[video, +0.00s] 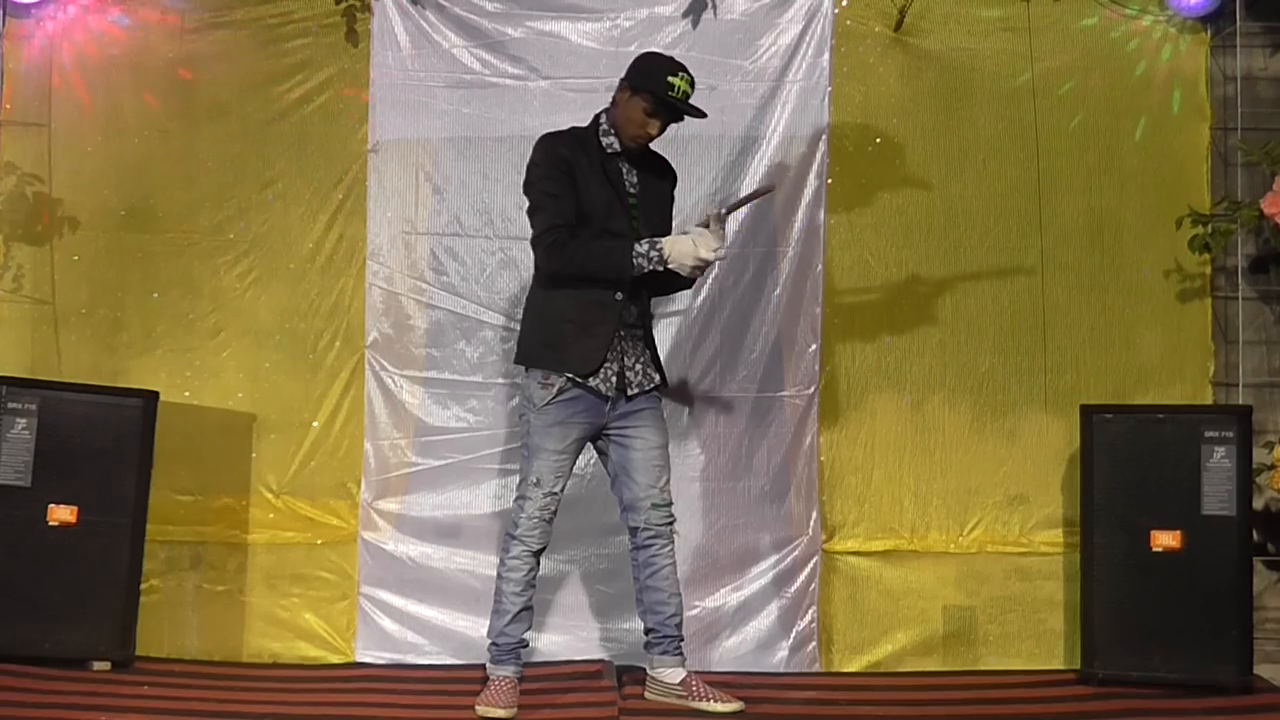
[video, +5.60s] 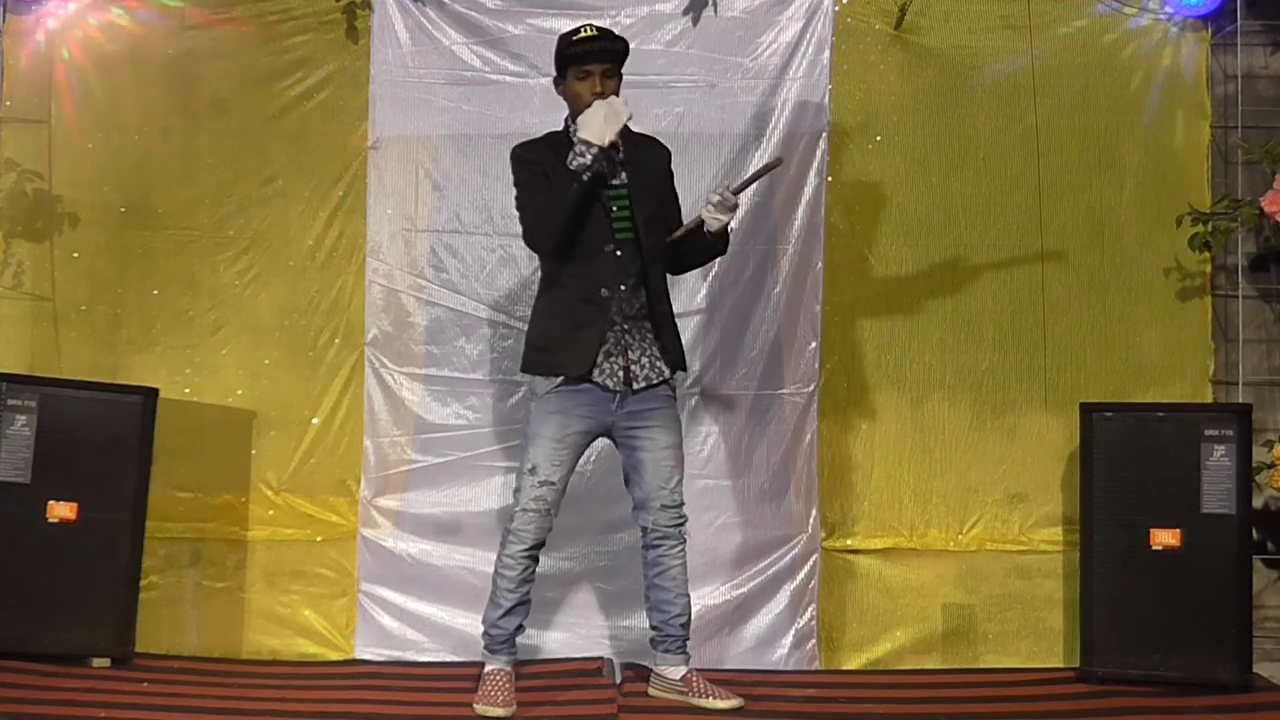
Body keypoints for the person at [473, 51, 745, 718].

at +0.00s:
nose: (660, 127)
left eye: (669, 119)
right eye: (655, 112)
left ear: (669, 119)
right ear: (623, 94)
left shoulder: (659, 177)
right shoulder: (558, 151)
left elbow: (643, 281)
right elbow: (555, 254)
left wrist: (689, 264)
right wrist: (653, 253)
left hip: (635, 373)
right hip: (561, 372)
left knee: (653, 520)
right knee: (532, 524)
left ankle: (667, 673)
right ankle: (502, 673)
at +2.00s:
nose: (665, 116)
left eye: (672, 107)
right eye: (658, 101)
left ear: (667, 109)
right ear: (621, 90)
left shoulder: (658, 173)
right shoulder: (553, 151)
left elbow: (651, 274)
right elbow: (537, 247)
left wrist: (702, 250)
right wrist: (628, 223)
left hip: (640, 375)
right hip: (566, 372)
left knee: (655, 519)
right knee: (533, 521)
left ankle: (667, 669)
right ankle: (503, 668)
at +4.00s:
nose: (641, 111)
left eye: (650, 99)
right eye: (630, 97)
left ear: (658, 100)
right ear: (601, 93)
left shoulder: (662, 170)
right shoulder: (553, 148)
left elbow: (656, 278)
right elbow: (507, 209)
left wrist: (675, 256)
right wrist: (603, 217)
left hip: (642, 378)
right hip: (565, 373)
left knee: (674, 514)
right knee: (535, 521)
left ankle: (668, 670)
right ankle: (503, 668)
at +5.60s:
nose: (601, 85)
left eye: (610, 73)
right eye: (585, 74)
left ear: (623, 79)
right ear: (561, 84)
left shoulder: (650, 154)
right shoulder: (537, 157)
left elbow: (667, 255)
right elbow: (544, 237)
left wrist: (707, 234)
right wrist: (588, 153)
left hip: (650, 371)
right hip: (570, 371)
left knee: (666, 519)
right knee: (531, 517)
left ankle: (673, 668)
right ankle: (498, 663)